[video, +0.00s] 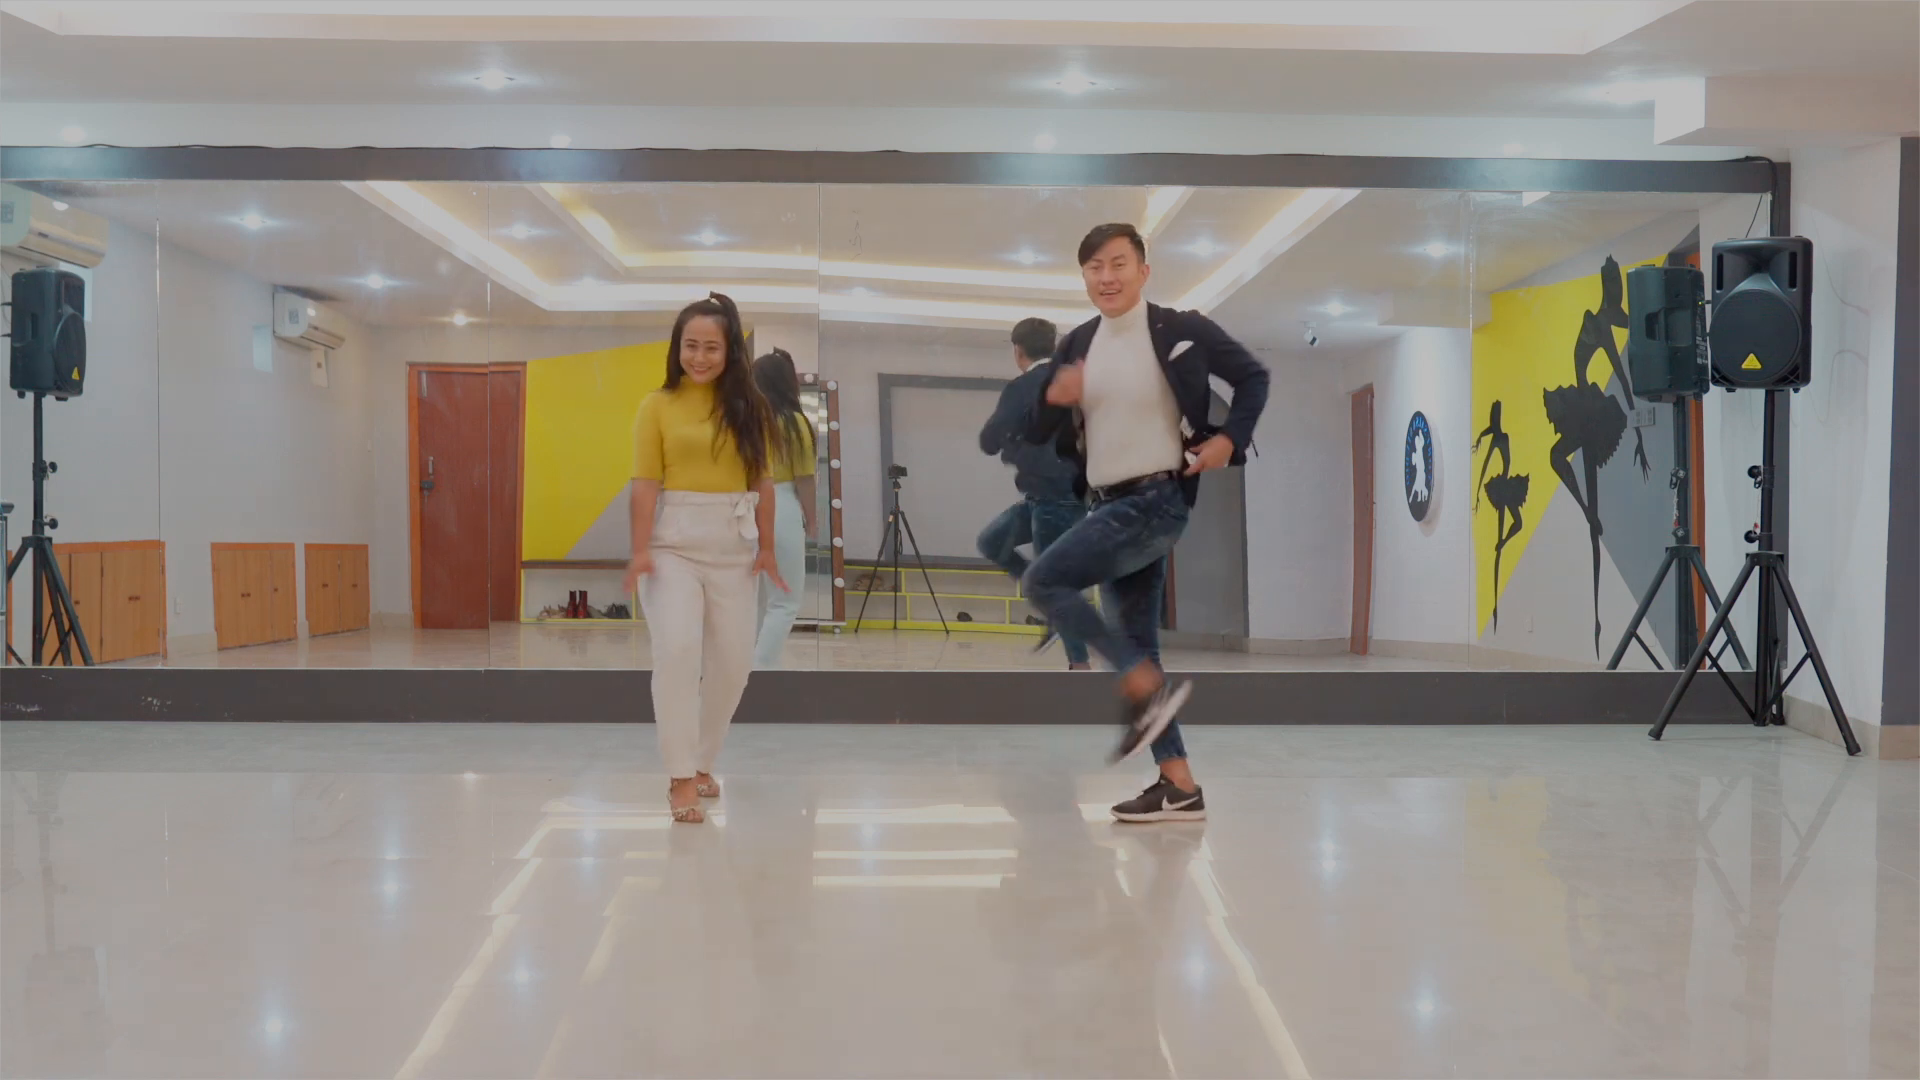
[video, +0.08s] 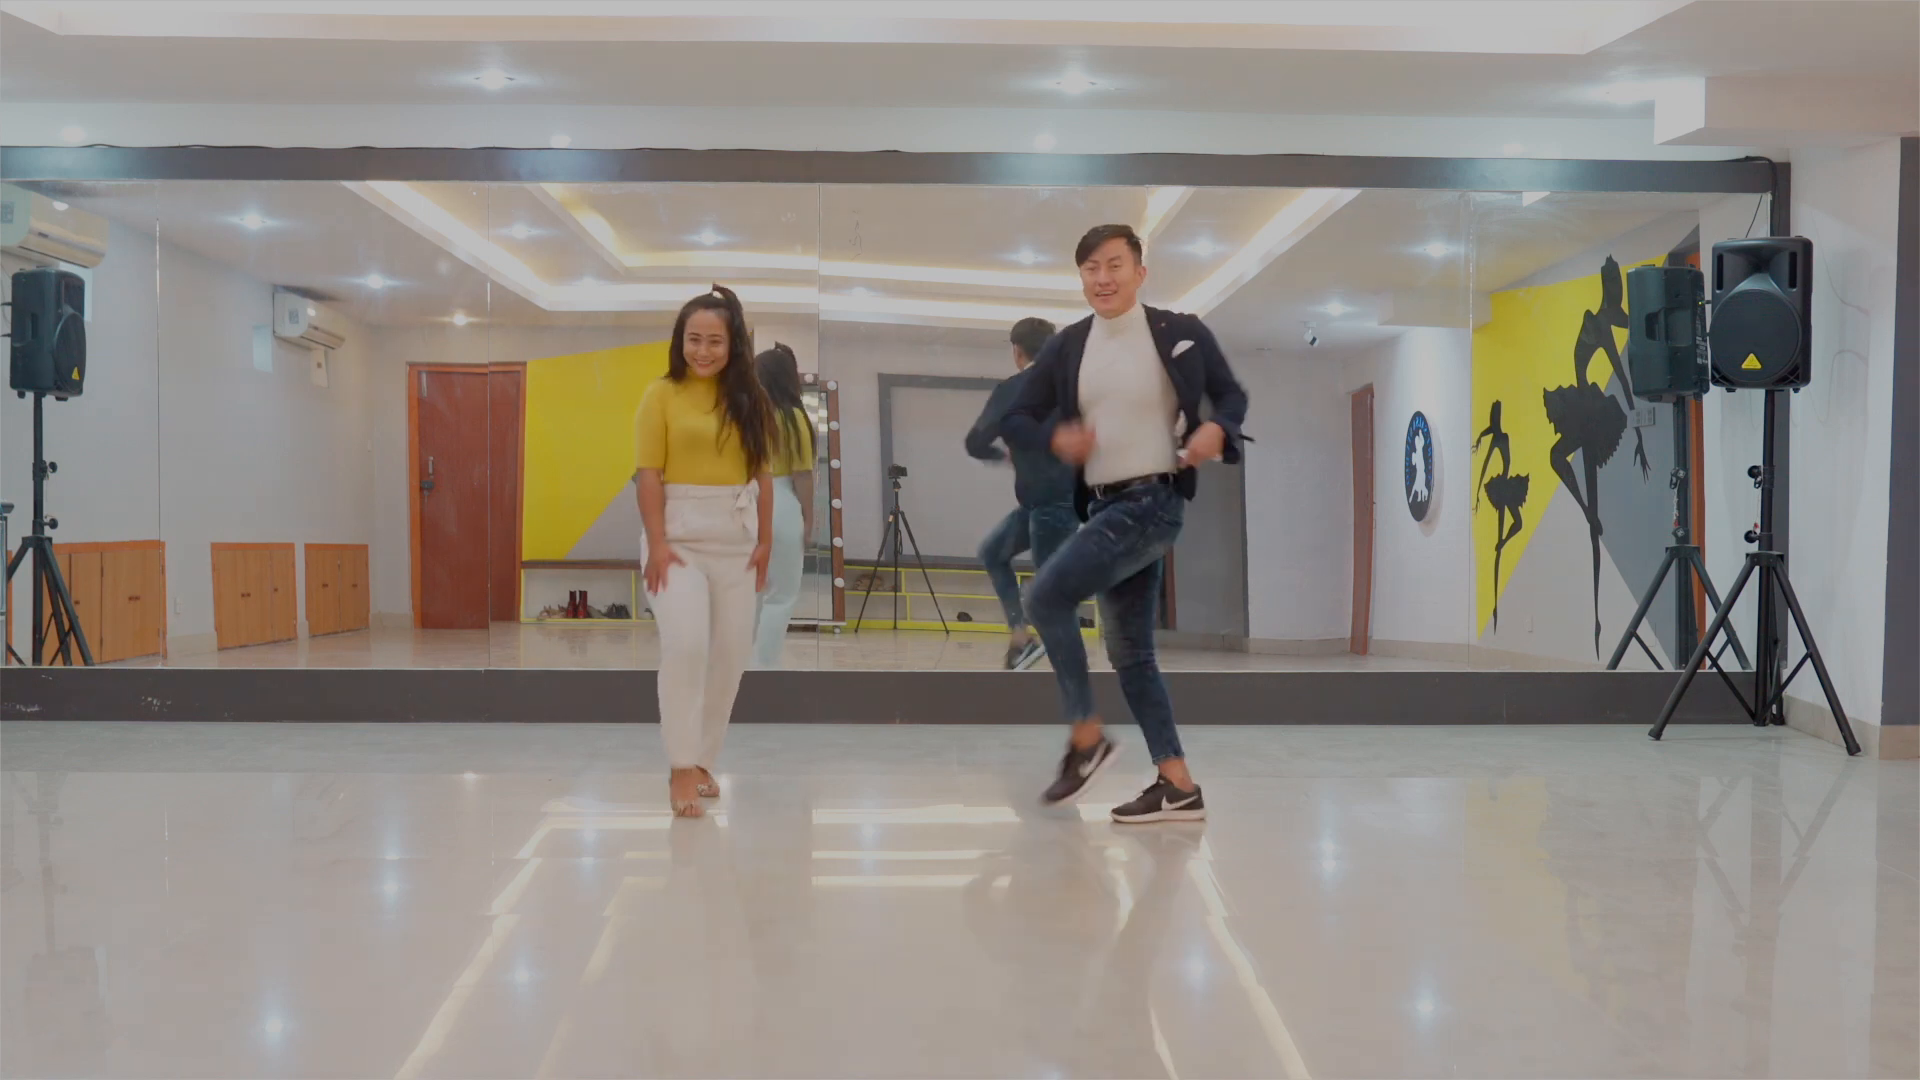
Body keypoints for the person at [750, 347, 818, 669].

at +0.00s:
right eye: (795, 377)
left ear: (756, 384)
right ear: (790, 381)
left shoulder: (745, 419)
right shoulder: (795, 422)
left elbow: (739, 475)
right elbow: (804, 479)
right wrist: (811, 521)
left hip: (745, 510)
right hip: (783, 508)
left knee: (753, 597)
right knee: (784, 601)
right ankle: (758, 674)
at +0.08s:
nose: (802, 378)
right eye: (797, 373)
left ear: (758, 379)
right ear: (791, 378)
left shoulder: (746, 413)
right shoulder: (795, 417)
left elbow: (739, 471)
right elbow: (802, 475)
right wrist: (808, 520)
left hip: (745, 502)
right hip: (783, 501)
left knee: (751, 589)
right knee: (782, 593)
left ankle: (747, 666)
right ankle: (763, 670)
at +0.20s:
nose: (804, 376)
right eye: (799, 369)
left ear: (762, 371)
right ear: (792, 371)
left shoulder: (749, 405)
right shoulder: (790, 407)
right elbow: (803, 459)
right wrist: (802, 508)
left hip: (752, 501)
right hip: (782, 502)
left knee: (760, 587)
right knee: (776, 592)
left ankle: (760, 662)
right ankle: (763, 666)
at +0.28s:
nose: (760, 372)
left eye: (763, 366)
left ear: (770, 369)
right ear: (794, 368)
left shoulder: (787, 402)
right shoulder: (788, 403)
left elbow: (802, 448)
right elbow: (802, 448)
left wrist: (796, 488)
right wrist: (798, 489)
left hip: (774, 487)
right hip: (776, 486)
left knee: (787, 565)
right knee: (778, 568)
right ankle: (761, 652)